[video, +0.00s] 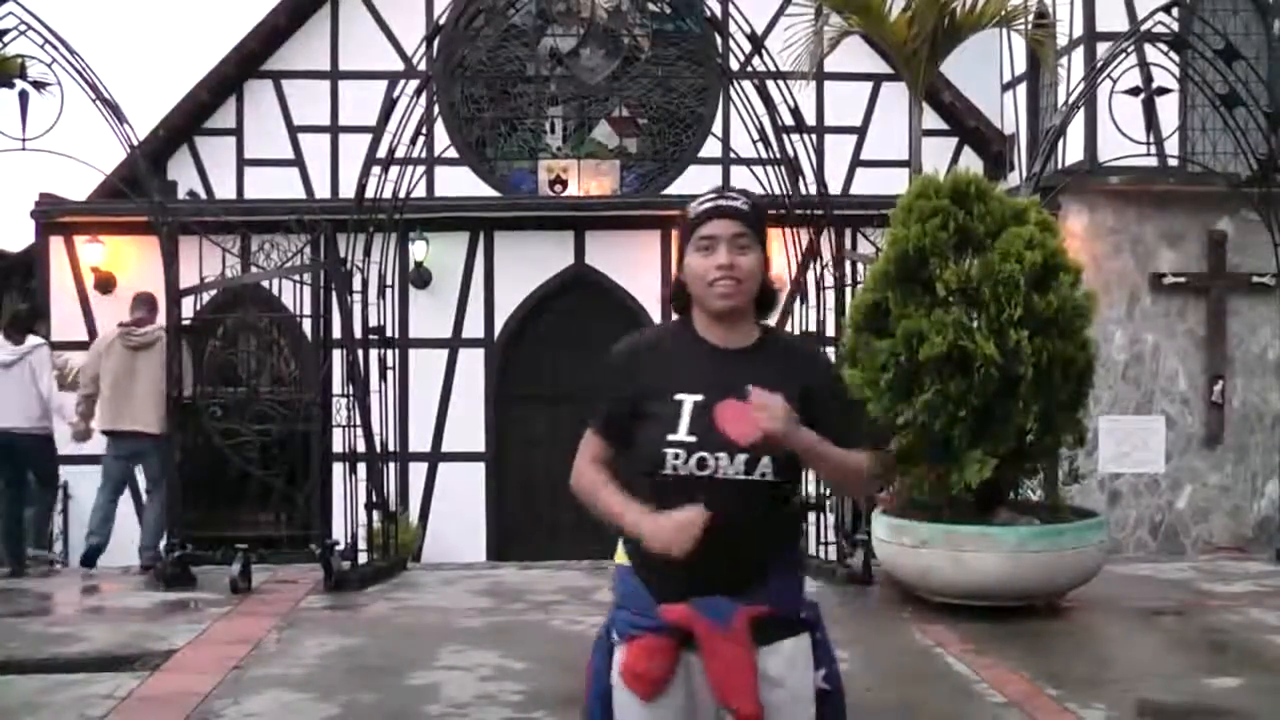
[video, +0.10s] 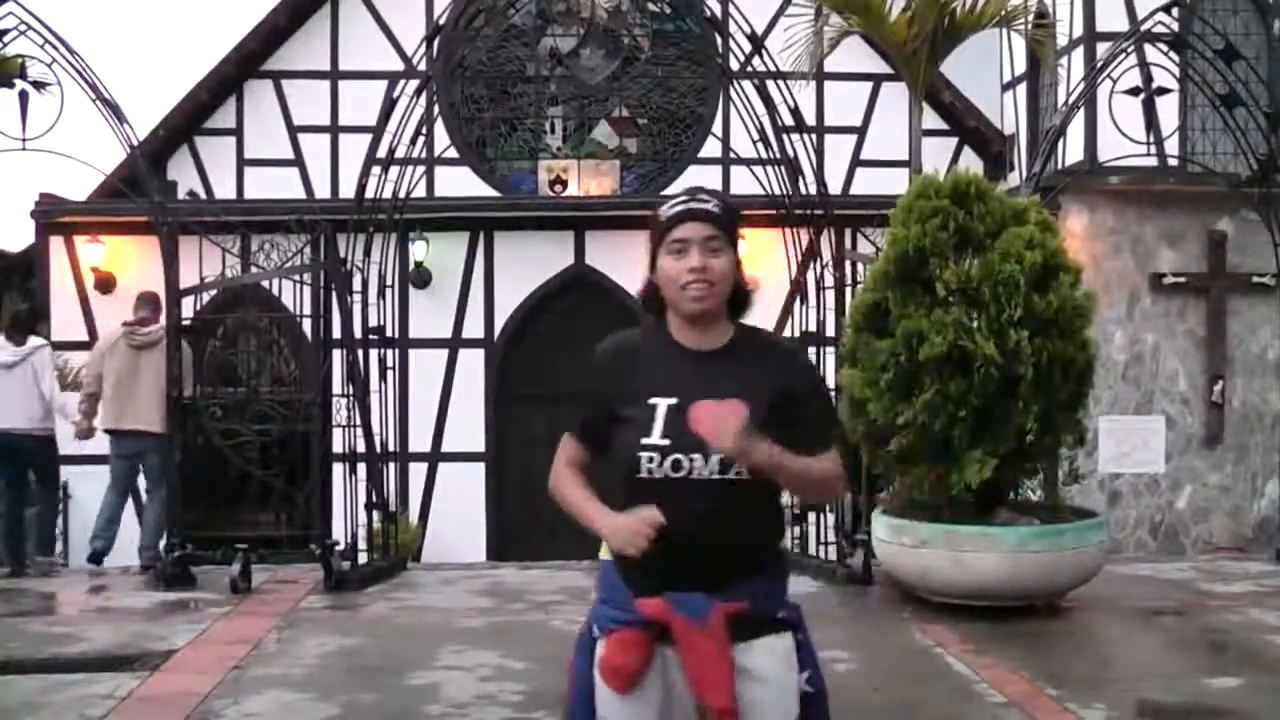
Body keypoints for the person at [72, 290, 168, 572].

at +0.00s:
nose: (147, 318)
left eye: (142, 314)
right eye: (151, 314)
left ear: (129, 312)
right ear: (155, 314)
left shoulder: (106, 342)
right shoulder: (169, 343)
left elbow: (87, 383)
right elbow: (182, 388)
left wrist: (83, 420)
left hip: (118, 429)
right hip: (154, 430)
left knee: (108, 490)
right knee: (157, 492)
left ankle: (94, 542)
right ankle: (149, 554)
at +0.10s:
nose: (146, 318)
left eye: (142, 312)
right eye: (154, 313)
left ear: (133, 312)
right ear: (160, 313)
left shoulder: (109, 342)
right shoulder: (177, 347)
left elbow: (91, 384)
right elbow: (186, 393)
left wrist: (85, 419)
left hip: (120, 428)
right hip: (157, 430)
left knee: (117, 488)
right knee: (157, 492)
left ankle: (98, 548)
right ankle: (149, 555)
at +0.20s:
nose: (147, 317)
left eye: (144, 310)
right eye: (155, 312)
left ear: (137, 310)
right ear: (163, 312)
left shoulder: (113, 343)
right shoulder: (178, 346)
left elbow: (94, 383)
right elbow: (186, 391)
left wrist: (89, 419)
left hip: (122, 426)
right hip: (158, 427)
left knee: (124, 487)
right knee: (158, 492)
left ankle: (110, 550)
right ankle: (149, 554)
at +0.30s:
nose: (148, 316)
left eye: (146, 310)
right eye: (154, 311)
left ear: (139, 311)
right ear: (165, 313)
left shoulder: (115, 343)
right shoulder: (179, 347)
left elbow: (96, 385)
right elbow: (187, 392)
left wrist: (92, 421)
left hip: (123, 426)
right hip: (159, 428)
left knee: (125, 489)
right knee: (159, 492)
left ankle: (119, 551)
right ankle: (150, 553)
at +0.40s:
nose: (147, 319)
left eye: (146, 313)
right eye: (153, 313)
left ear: (140, 314)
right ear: (164, 316)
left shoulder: (116, 347)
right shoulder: (179, 350)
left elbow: (97, 387)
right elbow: (187, 393)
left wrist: (95, 424)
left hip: (125, 429)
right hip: (159, 431)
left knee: (128, 493)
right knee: (160, 493)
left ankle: (126, 552)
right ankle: (149, 554)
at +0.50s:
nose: (143, 325)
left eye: (143, 319)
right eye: (148, 319)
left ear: (139, 318)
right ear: (165, 321)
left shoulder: (116, 349)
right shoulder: (178, 353)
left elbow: (99, 391)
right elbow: (186, 394)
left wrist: (97, 429)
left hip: (125, 434)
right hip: (159, 436)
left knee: (133, 499)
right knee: (163, 497)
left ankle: (131, 556)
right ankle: (148, 555)